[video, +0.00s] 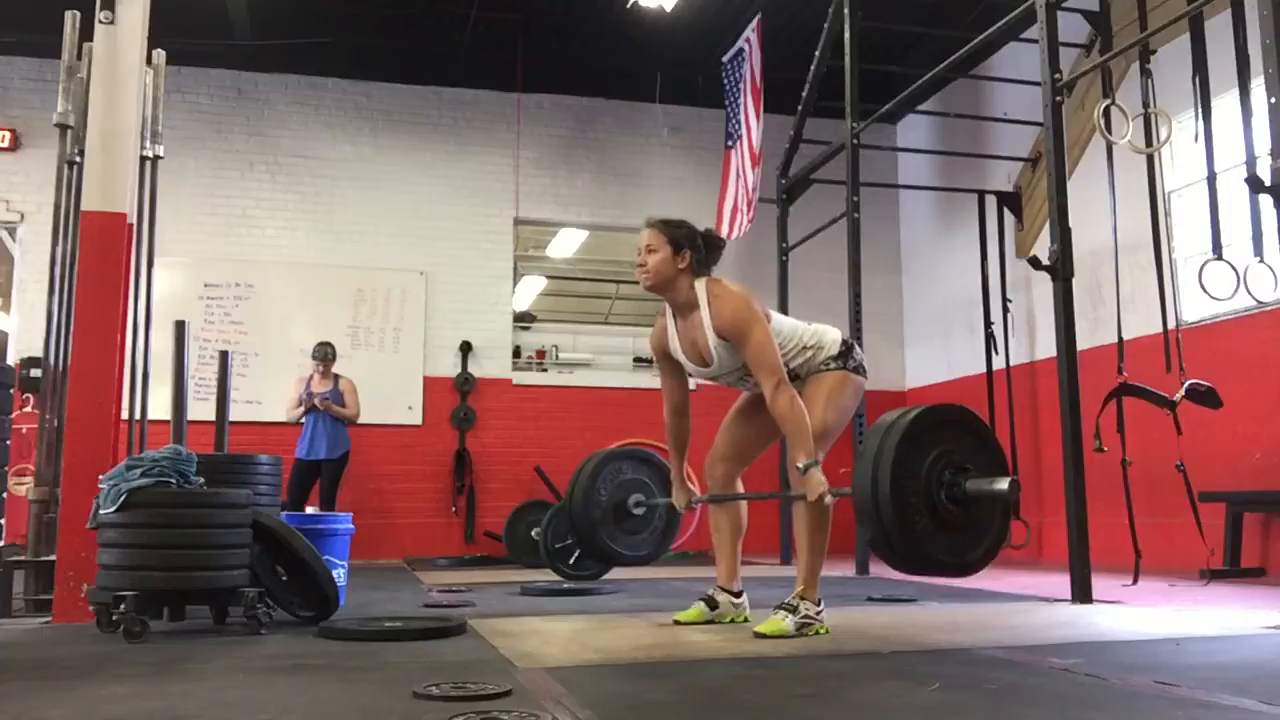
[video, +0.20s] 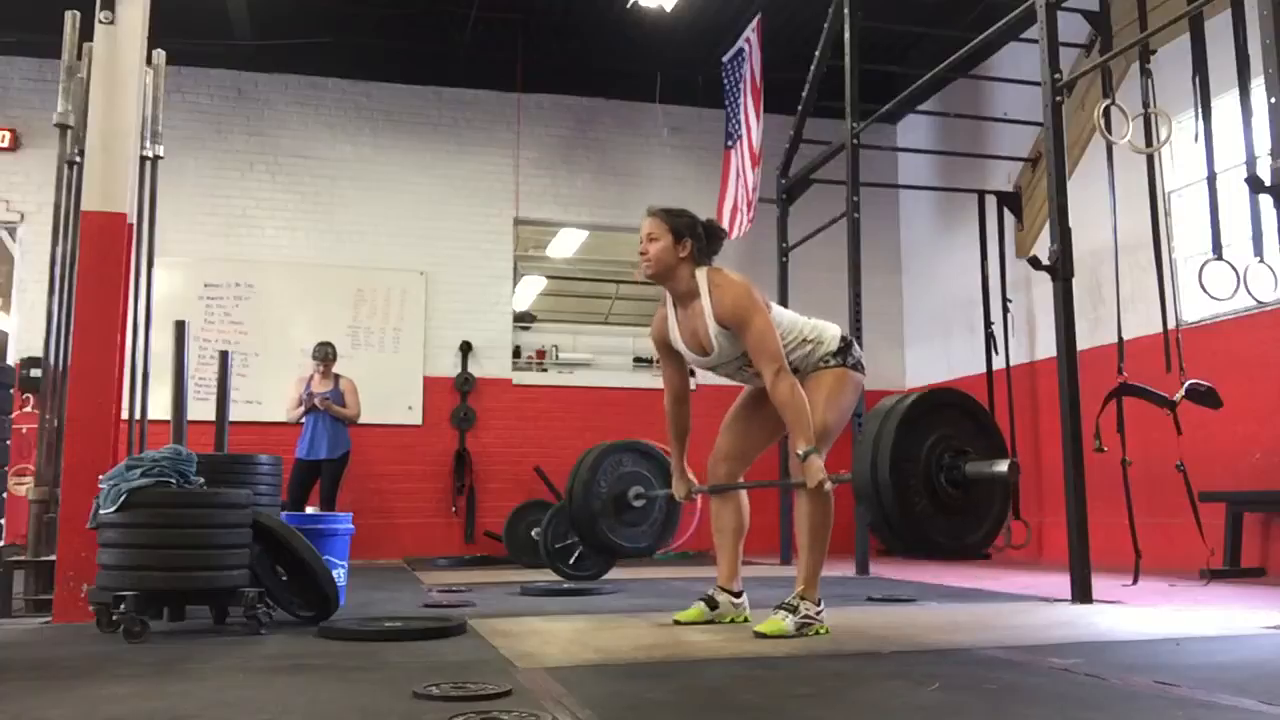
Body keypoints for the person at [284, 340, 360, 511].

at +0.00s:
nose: (321, 369)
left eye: (326, 365)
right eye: (318, 365)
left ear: (333, 362)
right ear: (313, 361)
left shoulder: (345, 384)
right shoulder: (303, 383)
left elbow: (354, 415)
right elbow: (290, 416)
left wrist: (329, 407)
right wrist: (304, 407)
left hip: (335, 450)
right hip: (308, 450)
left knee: (327, 501)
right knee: (294, 499)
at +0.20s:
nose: (322, 369)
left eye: (326, 365)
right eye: (318, 365)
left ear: (334, 362)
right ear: (313, 361)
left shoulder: (345, 384)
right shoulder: (303, 383)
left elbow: (354, 415)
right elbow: (290, 417)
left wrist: (329, 407)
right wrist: (304, 407)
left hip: (335, 450)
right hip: (308, 450)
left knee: (327, 502)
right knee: (294, 500)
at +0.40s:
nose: (322, 370)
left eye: (327, 366)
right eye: (318, 365)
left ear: (334, 362)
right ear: (313, 362)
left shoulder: (345, 384)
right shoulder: (304, 383)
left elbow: (355, 415)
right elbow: (290, 416)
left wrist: (329, 406)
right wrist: (305, 407)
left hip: (335, 449)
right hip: (308, 448)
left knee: (327, 499)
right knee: (295, 496)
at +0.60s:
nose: (322, 370)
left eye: (327, 366)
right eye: (319, 365)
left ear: (334, 362)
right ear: (314, 362)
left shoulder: (346, 383)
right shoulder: (304, 383)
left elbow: (355, 415)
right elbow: (290, 416)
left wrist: (329, 406)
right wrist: (305, 407)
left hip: (335, 449)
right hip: (308, 449)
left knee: (327, 500)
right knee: (296, 497)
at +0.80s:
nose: (323, 370)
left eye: (327, 366)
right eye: (319, 365)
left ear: (335, 362)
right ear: (314, 362)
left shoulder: (346, 383)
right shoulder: (305, 383)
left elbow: (356, 415)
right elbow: (290, 416)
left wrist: (329, 405)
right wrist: (306, 407)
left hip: (335, 449)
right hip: (308, 448)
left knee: (327, 500)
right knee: (296, 496)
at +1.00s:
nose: (323, 370)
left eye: (327, 366)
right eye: (319, 365)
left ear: (335, 362)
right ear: (315, 362)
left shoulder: (346, 383)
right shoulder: (305, 383)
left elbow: (356, 415)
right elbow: (291, 416)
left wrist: (330, 406)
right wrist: (307, 406)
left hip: (335, 449)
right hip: (309, 449)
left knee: (327, 501)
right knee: (296, 498)